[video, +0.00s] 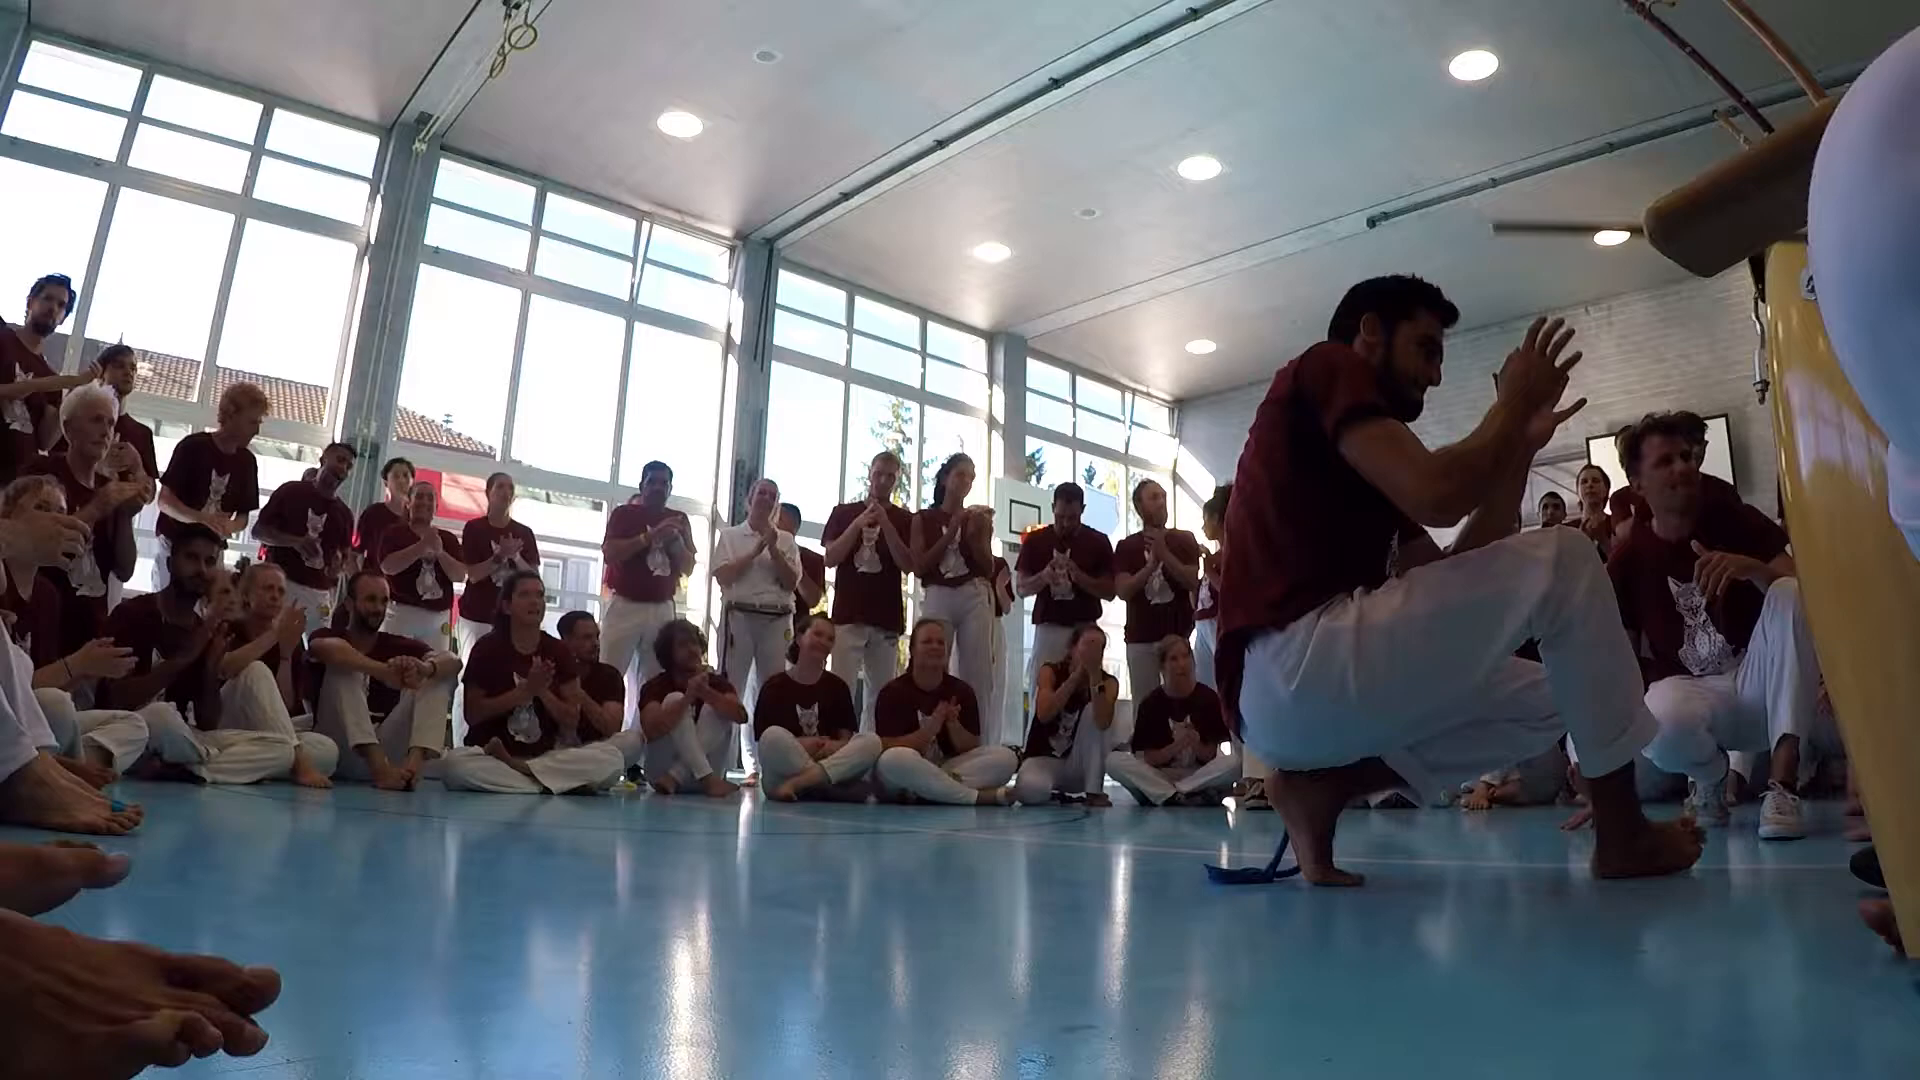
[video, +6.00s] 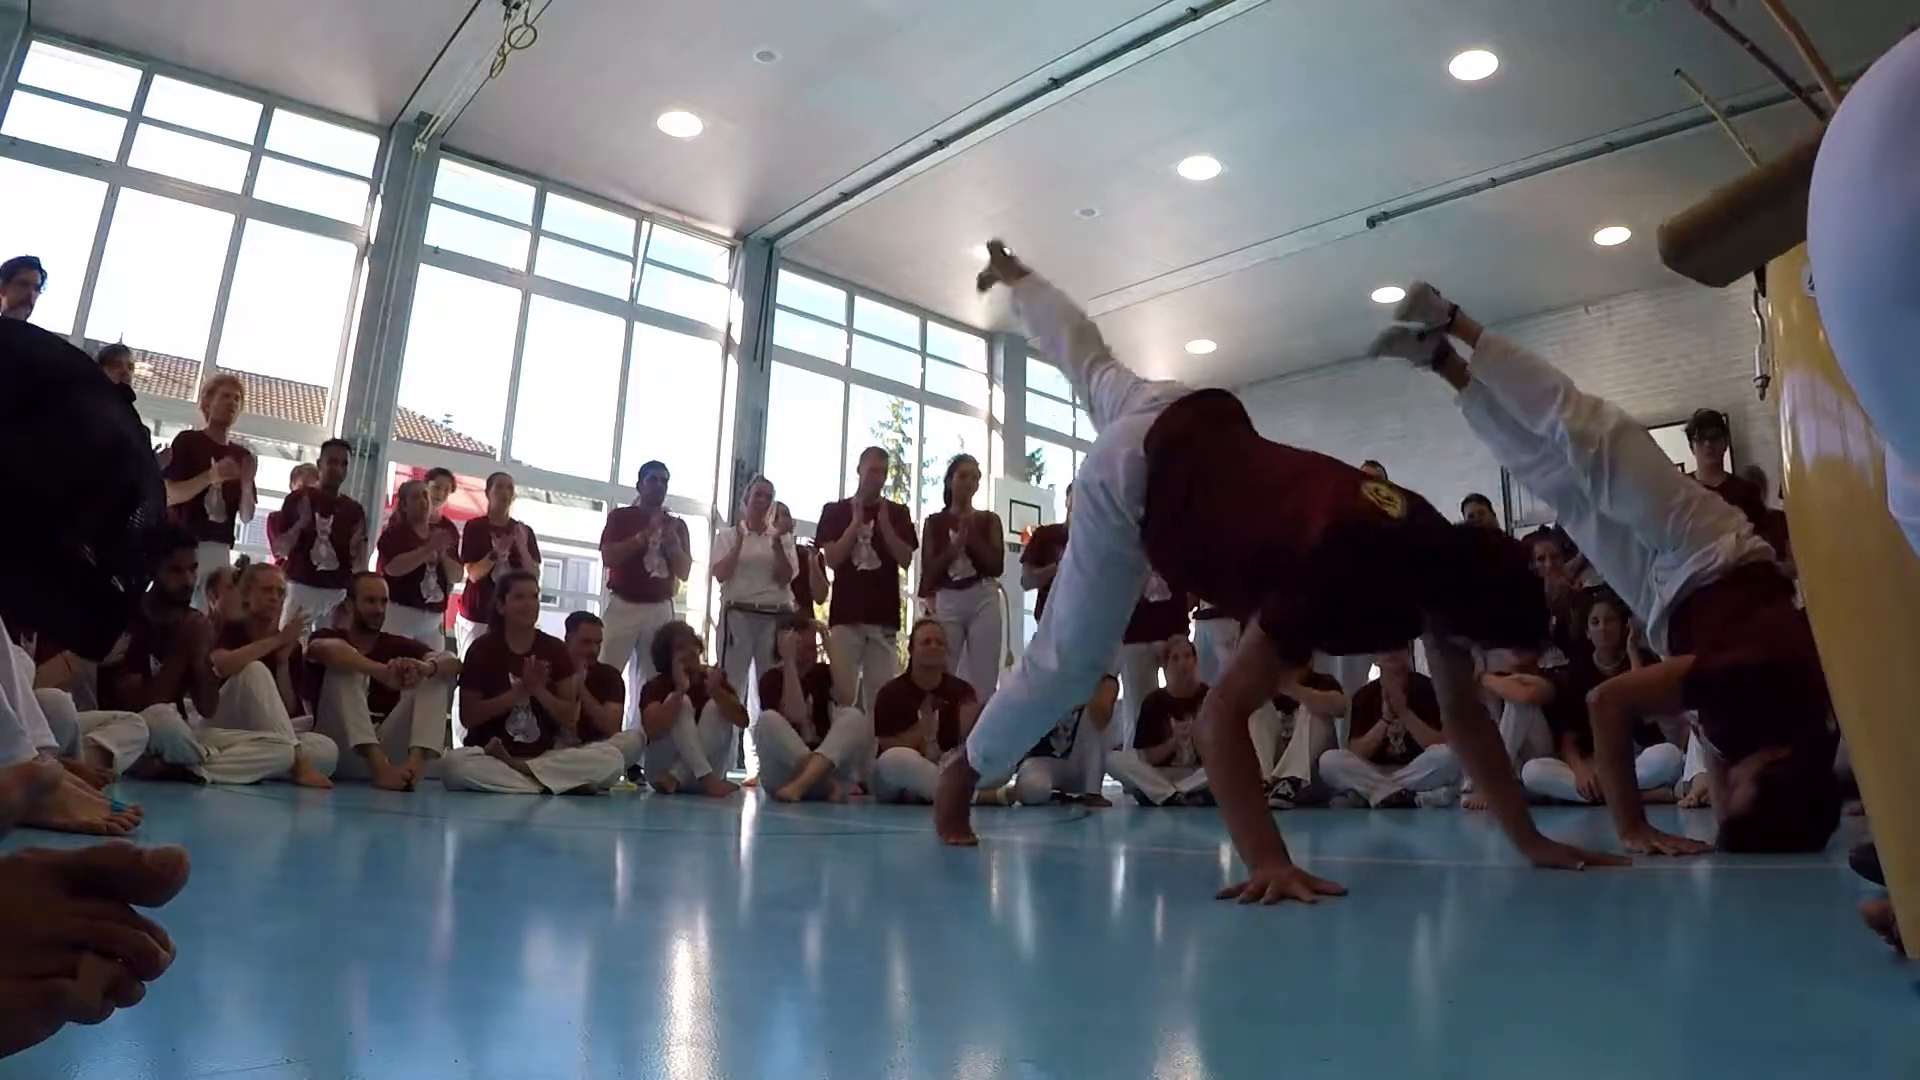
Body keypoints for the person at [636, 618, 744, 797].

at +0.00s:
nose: (693, 650)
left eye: (695, 643)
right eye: (683, 646)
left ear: (702, 647)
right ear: (668, 653)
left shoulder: (717, 682)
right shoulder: (654, 686)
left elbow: (741, 716)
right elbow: (651, 730)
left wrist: (707, 693)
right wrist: (688, 698)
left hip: (709, 772)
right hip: (664, 773)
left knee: (717, 706)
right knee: (674, 700)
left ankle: (675, 776)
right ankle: (709, 778)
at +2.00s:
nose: (689, 650)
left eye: (695, 644)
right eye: (682, 645)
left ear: (705, 650)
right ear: (670, 651)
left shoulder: (716, 681)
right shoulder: (653, 685)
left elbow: (742, 719)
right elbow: (649, 732)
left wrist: (710, 692)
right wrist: (687, 698)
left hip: (710, 771)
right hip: (664, 771)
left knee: (717, 707)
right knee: (674, 701)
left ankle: (674, 776)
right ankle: (707, 777)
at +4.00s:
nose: (690, 650)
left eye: (693, 643)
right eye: (682, 646)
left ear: (701, 647)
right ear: (669, 653)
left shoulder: (714, 680)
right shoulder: (654, 686)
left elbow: (743, 721)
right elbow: (650, 730)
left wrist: (718, 690)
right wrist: (680, 693)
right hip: (664, 771)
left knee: (719, 705)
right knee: (675, 701)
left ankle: (674, 776)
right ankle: (707, 777)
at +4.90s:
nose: (711, 660)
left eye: (710, 654)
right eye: (705, 655)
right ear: (689, 659)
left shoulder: (717, 683)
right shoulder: (655, 687)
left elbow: (741, 718)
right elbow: (651, 729)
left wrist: (710, 687)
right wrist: (687, 693)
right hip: (664, 772)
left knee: (716, 704)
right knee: (676, 700)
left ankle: (676, 776)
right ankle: (707, 777)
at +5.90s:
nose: (694, 651)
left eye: (696, 644)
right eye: (684, 647)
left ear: (701, 648)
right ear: (670, 654)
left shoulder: (715, 679)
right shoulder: (654, 686)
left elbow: (743, 721)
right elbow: (652, 729)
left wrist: (716, 692)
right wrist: (679, 692)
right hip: (663, 772)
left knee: (716, 706)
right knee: (679, 701)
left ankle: (675, 776)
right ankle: (707, 777)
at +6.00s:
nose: (691, 651)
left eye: (693, 644)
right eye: (681, 647)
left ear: (699, 647)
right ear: (667, 655)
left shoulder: (714, 678)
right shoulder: (654, 686)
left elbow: (743, 721)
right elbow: (652, 729)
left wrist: (716, 691)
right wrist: (678, 692)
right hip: (663, 772)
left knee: (716, 706)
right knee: (680, 702)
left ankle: (675, 776)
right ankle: (707, 777)